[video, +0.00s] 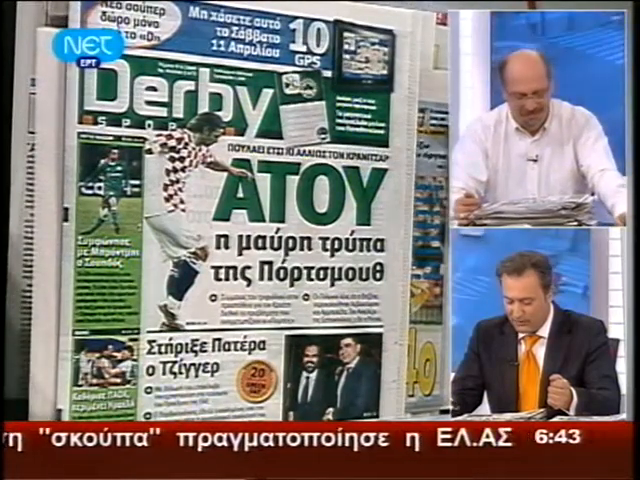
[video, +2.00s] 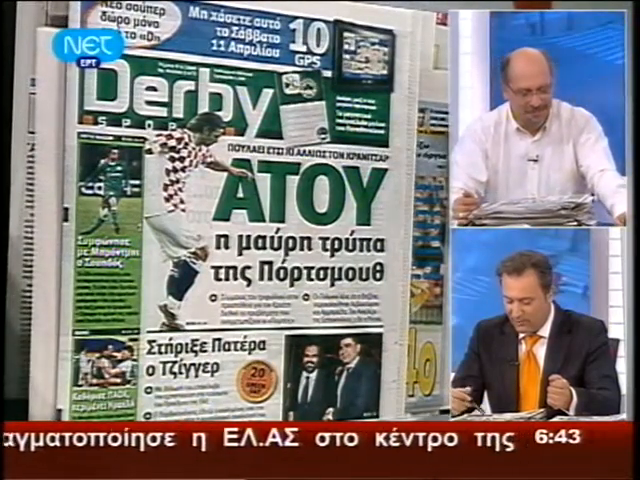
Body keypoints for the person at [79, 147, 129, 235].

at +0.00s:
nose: (115, 156)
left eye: (116, 154)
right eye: (113, 154)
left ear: (118, 155)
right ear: (109, 155)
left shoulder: (122, 165)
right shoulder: (104, 165)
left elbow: (126, 177)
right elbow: (95, 174)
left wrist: (128, 187)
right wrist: (86, 182)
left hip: (118, 189)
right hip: (108, 189)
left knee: (105, 213)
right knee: (113, 205)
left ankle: (91, 230)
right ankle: (116, 225)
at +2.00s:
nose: (115, 156)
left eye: (116, 154)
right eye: (113, 154)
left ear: (118, 155)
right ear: (109, 155)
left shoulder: (122, 165)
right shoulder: (104, 164)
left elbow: (126, 177)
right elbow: (96, 174)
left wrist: (128, 187)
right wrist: (86, 182)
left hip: (118, 189)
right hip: (108, 189)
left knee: (105, 213)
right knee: (113, 205)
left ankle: (90, 231)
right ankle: (116, 225)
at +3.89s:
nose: (115, 156)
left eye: (116, 154)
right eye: (113, 154)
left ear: (118, 155)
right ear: (109, 154)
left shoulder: (122, 165)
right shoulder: (104, 165)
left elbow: (126, 176)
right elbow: (95, 175)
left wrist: (127, 186)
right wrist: (85, 182)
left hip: (118, 190)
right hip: (108, 189)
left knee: (105, 213)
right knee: (113, 205)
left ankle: (91, 230)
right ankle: (116, 225)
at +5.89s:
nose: (115, 156)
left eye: (116, 154)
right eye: (113, 154)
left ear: (118, 155)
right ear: (109, 154)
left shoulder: (122, 165)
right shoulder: (104, 165)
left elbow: (126, 176)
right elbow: (95, 174)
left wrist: (127, 186)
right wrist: (85, 182)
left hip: (118, 190)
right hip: (108, 189)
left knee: (105, 213)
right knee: (113, 205)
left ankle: (91, 230)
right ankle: (116, 226)